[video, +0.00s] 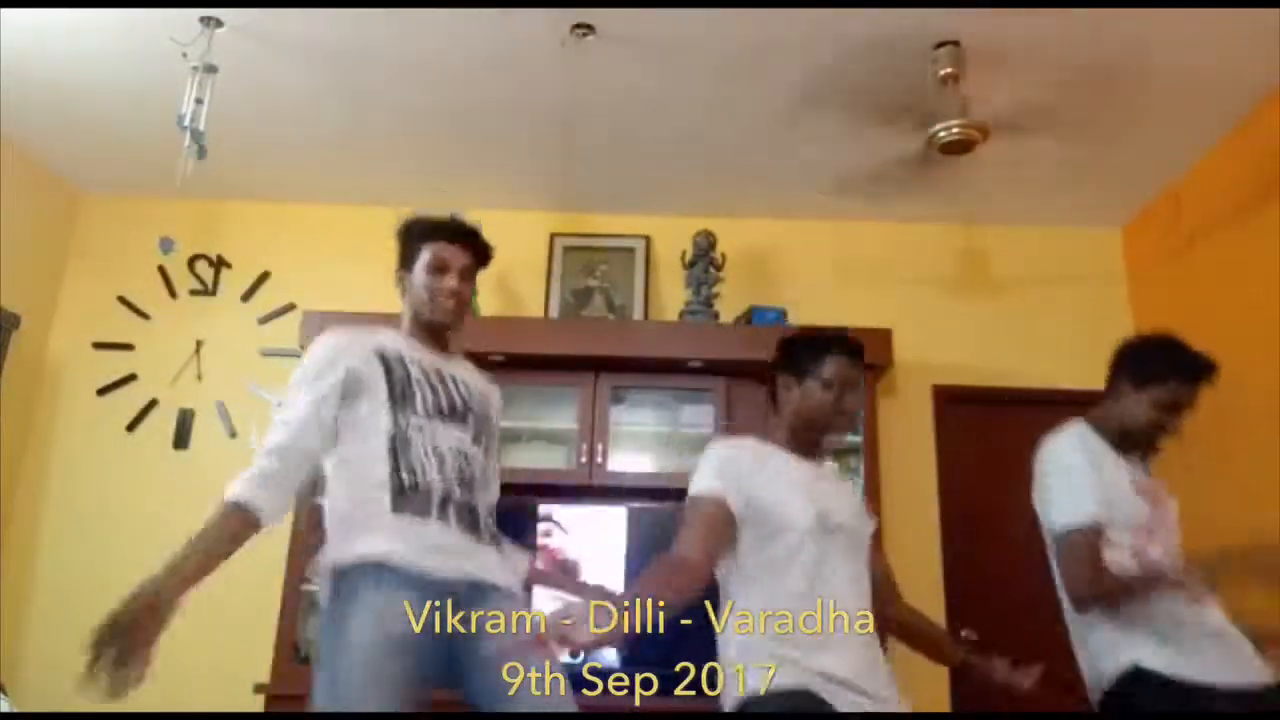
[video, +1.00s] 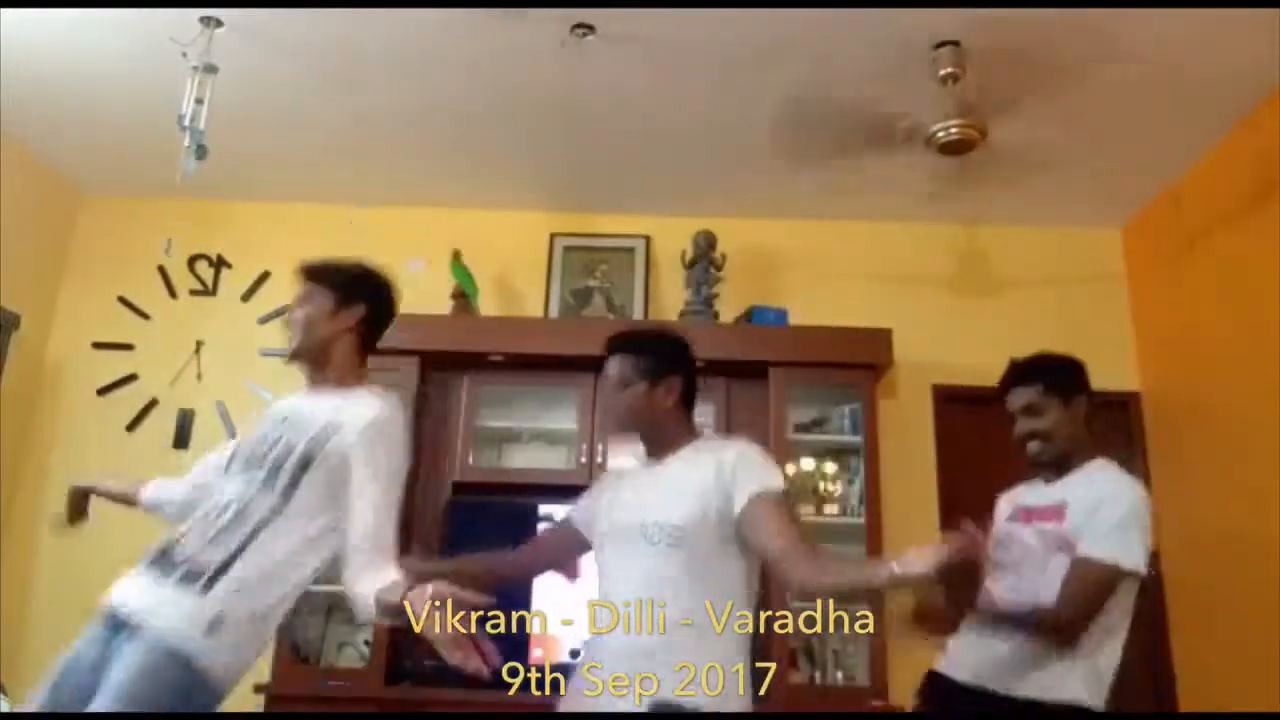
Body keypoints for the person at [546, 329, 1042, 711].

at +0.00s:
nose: (842, 402)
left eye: (849, 390)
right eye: (829, 386)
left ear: (853, 399)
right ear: (784, 388)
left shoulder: (848, 495)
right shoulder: (733, 459)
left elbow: (889, 610)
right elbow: (690, 562)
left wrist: (979, 664)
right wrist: (607, 622)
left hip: (868, 691)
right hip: (779, 683)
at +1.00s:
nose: (604, 400)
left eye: (619, 387)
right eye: (605, 386)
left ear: (671, 393)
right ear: (647, 395)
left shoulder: (734, 462)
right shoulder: (611, 487)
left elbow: (801, 570)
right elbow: (526, 561)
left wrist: (908, 567)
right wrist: (434, 570)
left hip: (698, 695)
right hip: (600, 694)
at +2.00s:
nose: (718, 399)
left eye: (734, 389)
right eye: (708, 385)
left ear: (751, 401)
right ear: (688, 390)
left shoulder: (770, 469)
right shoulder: (645, 463)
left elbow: (868, 398)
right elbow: (587, 422)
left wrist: (774, 374)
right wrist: (662, 359)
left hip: (768, 695)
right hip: (659, 692)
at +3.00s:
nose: (714, 389)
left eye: (730, 382)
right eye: (706, 378)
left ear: (755, 399)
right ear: (692, 390)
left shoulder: (781, 465)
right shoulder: (647, 452)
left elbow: (892, 404)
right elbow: (570, 360)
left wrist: (787, 380)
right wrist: (543, 247)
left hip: (761, 689)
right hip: (655, 687)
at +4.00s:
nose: (729, 423)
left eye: (735, 410)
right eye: (716, 408)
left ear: (743, 409)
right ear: (674, 402)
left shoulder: (734, 478)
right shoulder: (612, 471)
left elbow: (757, 585)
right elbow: (578, 610)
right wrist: (680, 663)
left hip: (671, 684)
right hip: (590, 678)